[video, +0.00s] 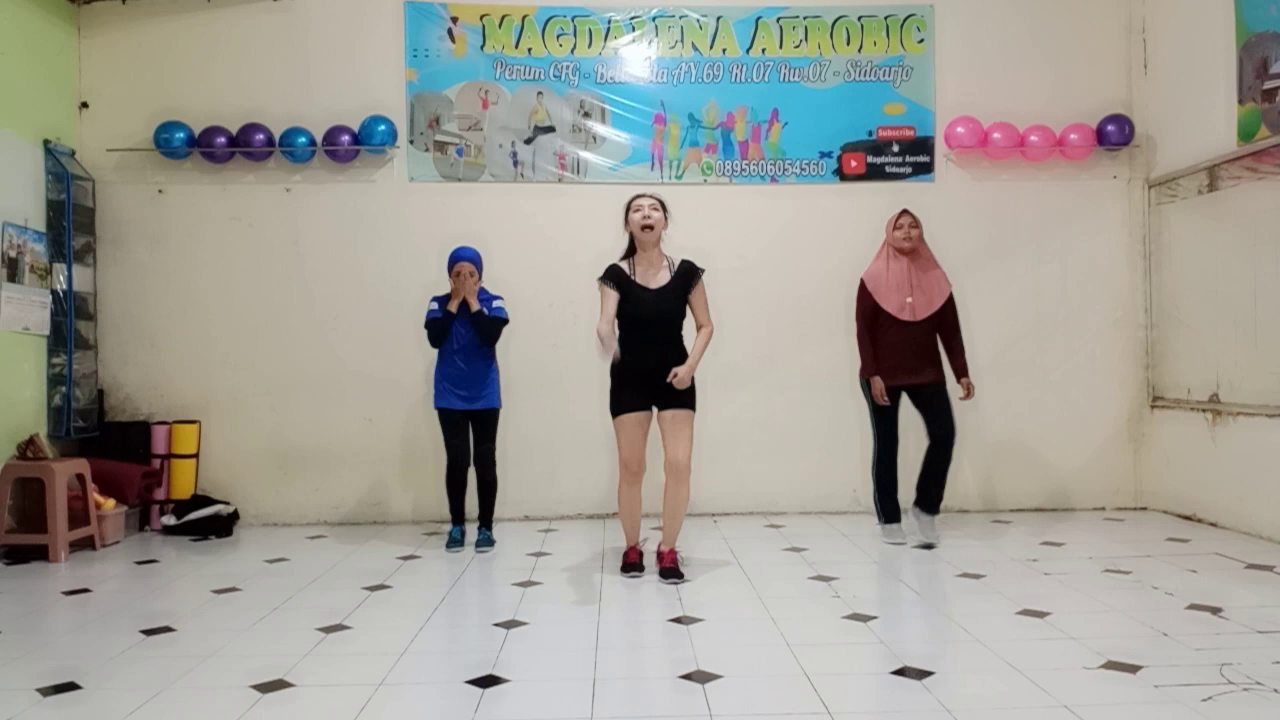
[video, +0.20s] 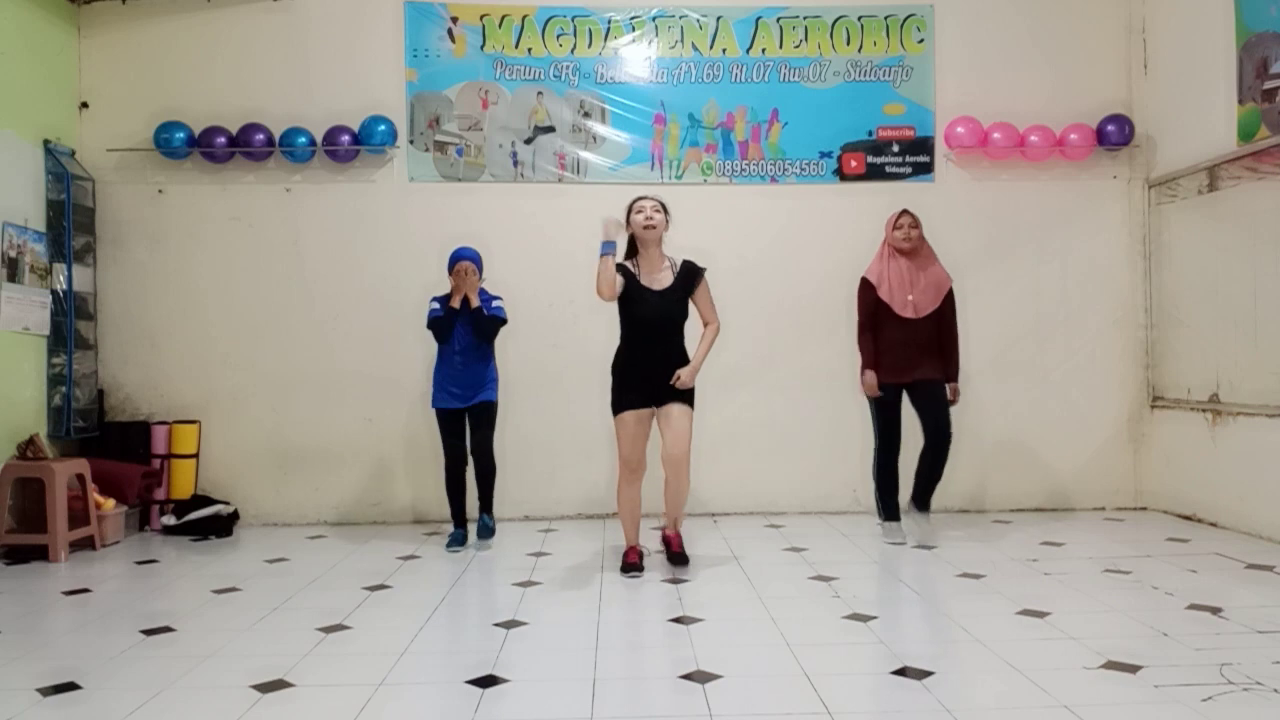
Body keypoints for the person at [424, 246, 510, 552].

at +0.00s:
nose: (464, 278)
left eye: (470, 274)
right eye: (458, 274)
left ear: (479, 276)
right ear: (450, 277)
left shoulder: (492, 302)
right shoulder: (439, 303)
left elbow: (490, 337)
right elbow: (436, 339)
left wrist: (472, 300)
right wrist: (455, 299)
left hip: (485, 394)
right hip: (450, 395)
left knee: (484, 461)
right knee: (457, 460)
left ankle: (485, 527)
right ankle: (457, 526)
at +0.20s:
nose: (465, 273)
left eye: (470, 269)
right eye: (459, 270)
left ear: (480, 274)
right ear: (450, 275)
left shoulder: (492, 302)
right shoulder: (440, 303)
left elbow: (488, 334)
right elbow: (441, 335)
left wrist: (473, 296)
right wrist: (456, 297)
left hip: (482, 389)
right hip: (448, 391)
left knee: (482, 452)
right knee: (454, 458)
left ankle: (486, 515)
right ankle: (459, 526)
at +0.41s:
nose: (466, 274)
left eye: (472, 269)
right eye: (459, 270)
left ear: (481, 274)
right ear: (451, 275)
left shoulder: (493, 303)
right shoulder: (442, 307)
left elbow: (499, 332)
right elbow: (429, 351)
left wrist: (478, 299)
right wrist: (450, 315)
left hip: (487, 398)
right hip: (453, 399)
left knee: (483, 462)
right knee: (456, 463)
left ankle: (484, 525)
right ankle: (458, 527)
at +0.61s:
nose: (467, 270)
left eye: (473, 265)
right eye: (461, 266)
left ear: (482, 271)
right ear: (453, 273)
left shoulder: (495, 303)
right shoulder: (448, 303)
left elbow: (505, 340)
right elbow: (429, 337)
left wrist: (475, 315)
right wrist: (443, 300)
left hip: (489, 394)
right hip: (455, 392)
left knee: (484, 459)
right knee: (457, 455)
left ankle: (484, 523)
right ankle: (460, 515)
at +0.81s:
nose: (467, 269)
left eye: (472, 265)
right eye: (461, 266)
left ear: (481, 272)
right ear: (452, 274)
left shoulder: (494, 306)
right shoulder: (445, 302)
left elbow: (518, 353)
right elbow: (432, 304)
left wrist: (493, 357)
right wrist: (444, 284)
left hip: (485, 393)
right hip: (451, 392)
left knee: (484, 457)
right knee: (458, 459)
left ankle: (484, 522)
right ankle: (462, 526)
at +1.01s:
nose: (468, 269)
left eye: (474, 265)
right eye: (462, 265)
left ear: (482, 273)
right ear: (454, 273)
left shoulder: (495, 305)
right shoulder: (447, 303)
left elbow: (535, 339)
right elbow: (433, 304)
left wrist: (508, 354)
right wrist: (442, 293)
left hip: (486, 393)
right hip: (452, 392)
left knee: (484, 459)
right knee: (458, 459)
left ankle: (486, 523)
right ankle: (461, 526)